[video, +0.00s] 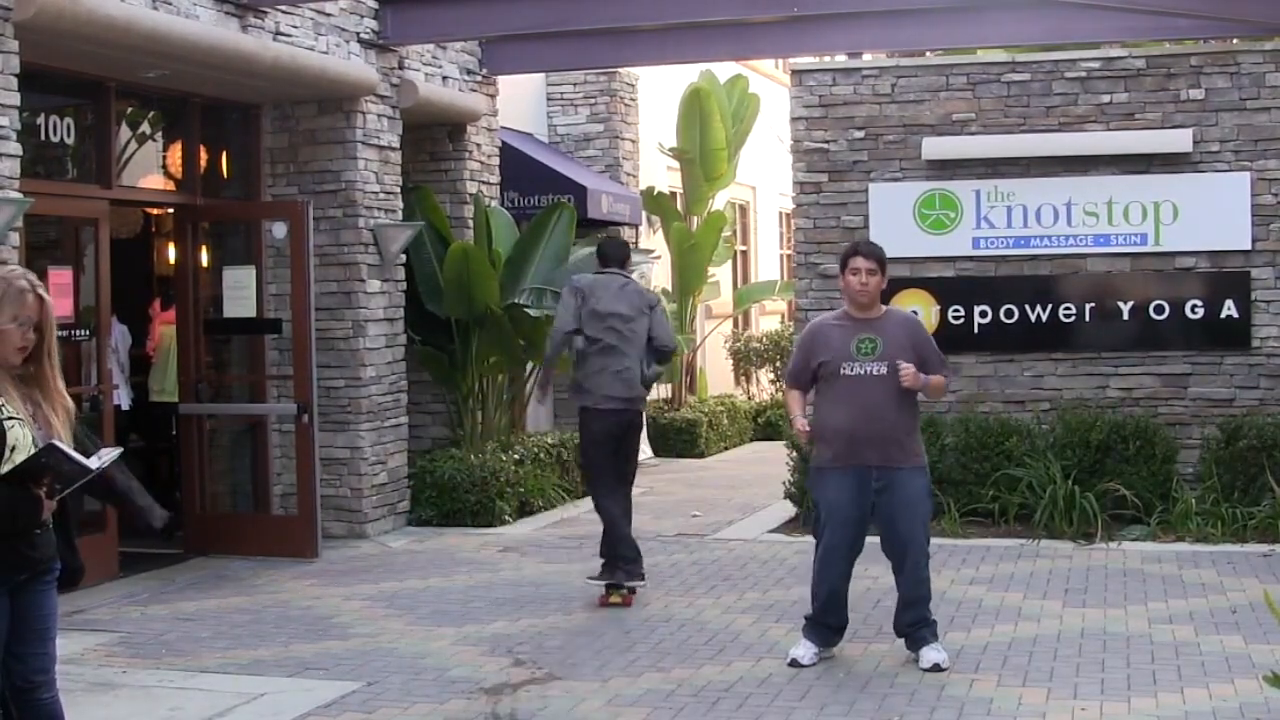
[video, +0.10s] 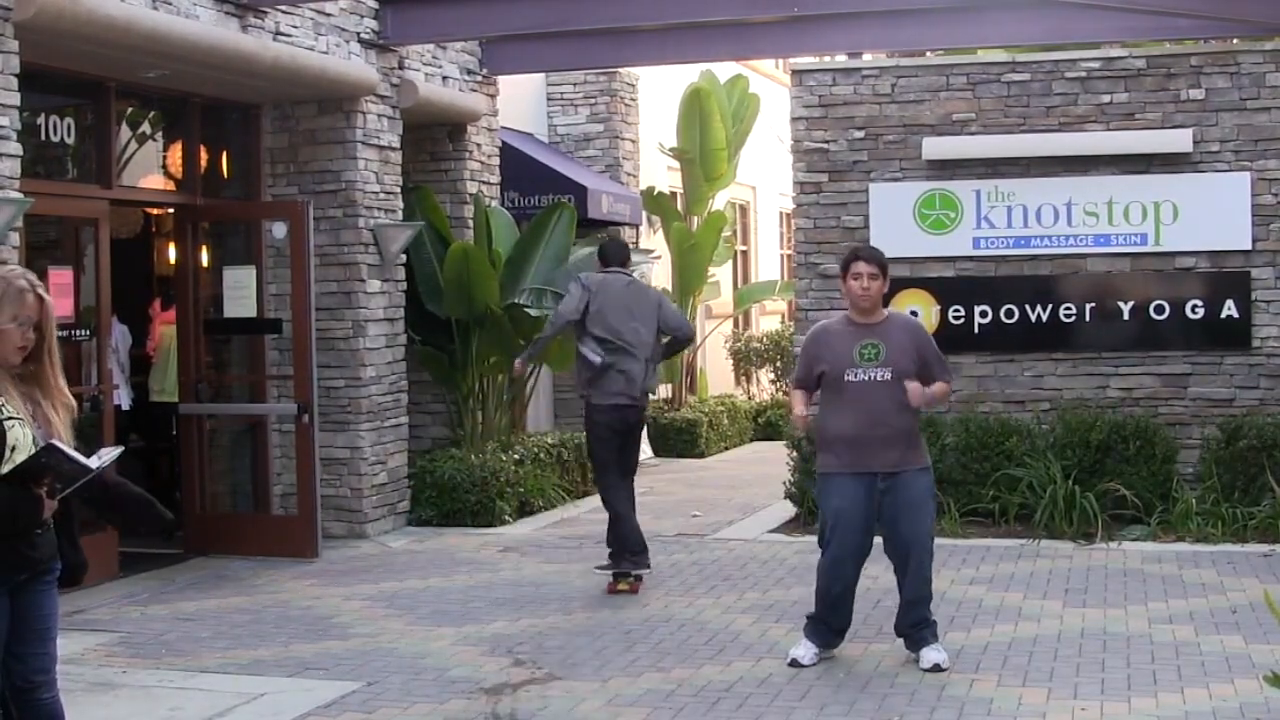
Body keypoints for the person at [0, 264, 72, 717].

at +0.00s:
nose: (30, 335)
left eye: (36, 325)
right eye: (19, 323)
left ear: (42, 329)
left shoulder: (41, 393)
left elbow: (63, 469)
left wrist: (50, 498)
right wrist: (27, 505)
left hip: (35, 562)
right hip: (5, 564)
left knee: (36, 692)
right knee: (12, 695)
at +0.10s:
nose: (30, 335)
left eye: (35, 325)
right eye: (19, 323)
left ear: (41, 329)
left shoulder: (42, 393)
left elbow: (61, 471)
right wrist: (27, 506)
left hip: (36, 561)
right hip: (2, 564)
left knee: (37, 692)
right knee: (9, 693)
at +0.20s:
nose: (28, 334)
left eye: (33, 324)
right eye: (17, 322)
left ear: (40, 328)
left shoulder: (42, 393)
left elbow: (61, 473)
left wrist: (58, 493)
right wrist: (27, 505)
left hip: (37, 561)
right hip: (1, 564)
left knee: (36, 691)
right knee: (8, 692)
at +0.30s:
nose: (26, 332)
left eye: (32, 323)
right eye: (15, 320)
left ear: (39, 328)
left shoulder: (40, 392)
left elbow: (58, 469)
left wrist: (58, 492)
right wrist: (27, 506)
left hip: (35, 560)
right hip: (4, 562)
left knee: (36, 691)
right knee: (14, 692)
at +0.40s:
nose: (24, 330)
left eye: (29, 320)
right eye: (14, 318)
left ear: (35, 327)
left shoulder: (38, 390)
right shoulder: (4, 393)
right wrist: (27, 505)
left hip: (37, 562)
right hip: (2, 564)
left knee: (36, 691)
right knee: (9, 692)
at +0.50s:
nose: (20, 329)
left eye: (27, 320)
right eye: (11, 317)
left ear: (34, 326)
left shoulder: (36, 389)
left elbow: (57, 464)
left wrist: (61, 486)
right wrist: (28, 505)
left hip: (36, 558)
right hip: (2, 560)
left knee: (36, 690)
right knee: (9, 692)